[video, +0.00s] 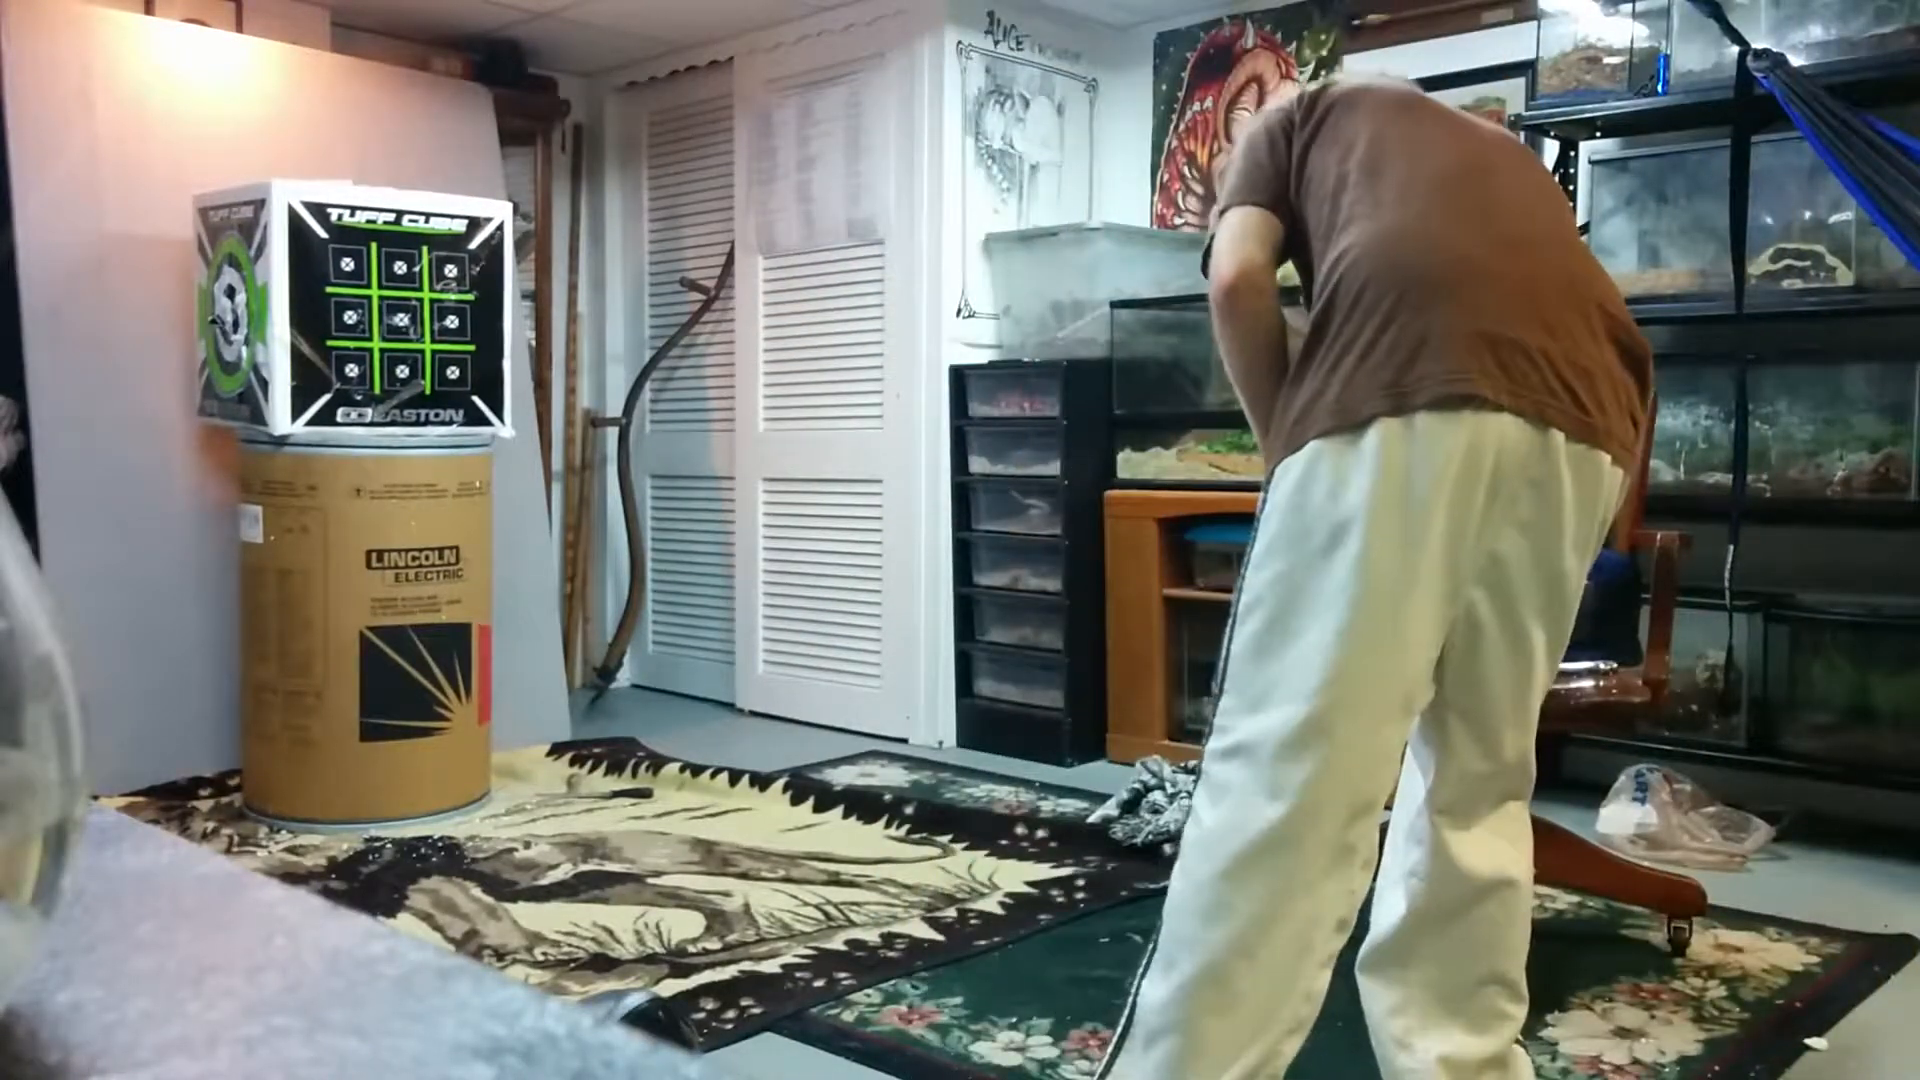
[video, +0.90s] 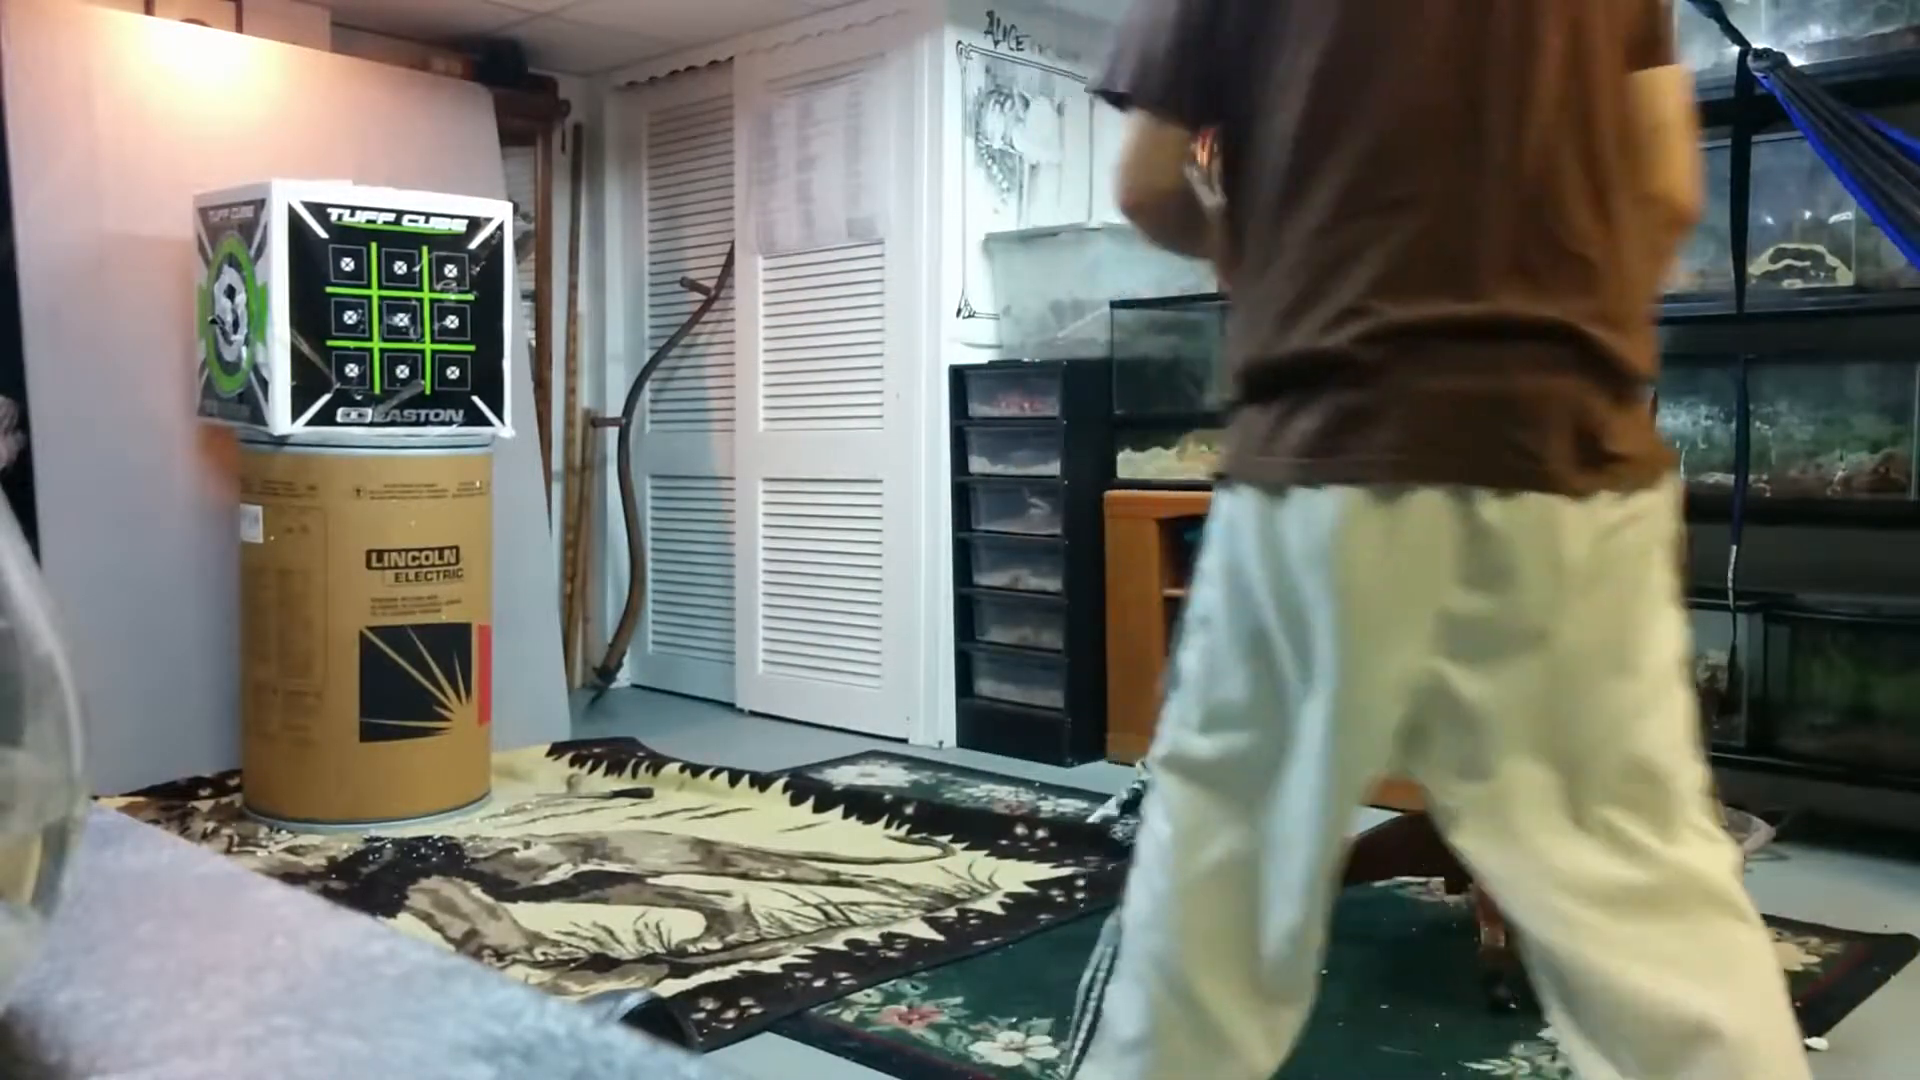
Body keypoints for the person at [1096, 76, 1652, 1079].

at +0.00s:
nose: (1244, 133)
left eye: (1247, 118)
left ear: (1295, 88)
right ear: (1422, 102)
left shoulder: (1292, 118)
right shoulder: (1513, 160)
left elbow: (1236, 274)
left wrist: (1285, 440)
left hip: (1397, 390)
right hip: (1584, 413)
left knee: (1289, 765)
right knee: (1480, 771)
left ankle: (1188, 1058)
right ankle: (1463, 1057)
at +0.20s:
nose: (1221, 65)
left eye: (1226, 53)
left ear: (1278, 22)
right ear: (1398, 16)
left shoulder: (1255, 51)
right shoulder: (1493, 102)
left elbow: (1197, 249)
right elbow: (1565, 293)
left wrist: (1250, 417)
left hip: (1349, 387)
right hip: (1537, 402)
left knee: (1245, 771)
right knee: (1466, 778)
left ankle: (1167, 1056)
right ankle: (1456, 1053)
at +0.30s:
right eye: (1483, 16)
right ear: (1446, 4)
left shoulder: (1230, 21)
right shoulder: (1493, 63)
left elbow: (1164, 234)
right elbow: (1574, 328)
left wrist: (1231, 386)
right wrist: (1532, 440)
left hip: (1306, 385)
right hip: (1502, 398)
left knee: (1209, 782)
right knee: (1454, 791)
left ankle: (1155, 1056)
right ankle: (1453, 1055)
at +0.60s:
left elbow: (1057, 179)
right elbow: (1546, 199)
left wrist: (1169, 288)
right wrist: (1430, 288)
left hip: (1228, 369)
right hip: (1440, 372)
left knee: (1174, 780)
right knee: (1484, 762)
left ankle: (1145, 1059)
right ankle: (1568, 1058)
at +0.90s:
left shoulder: (1238, 0)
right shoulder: (1615, 1)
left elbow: (1146, 184)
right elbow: (1670, 187)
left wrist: (1274, 251)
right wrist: (1556, 313)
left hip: (1329, 435)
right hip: (1578, 438)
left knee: (1222, 838)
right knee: (1649, 858)